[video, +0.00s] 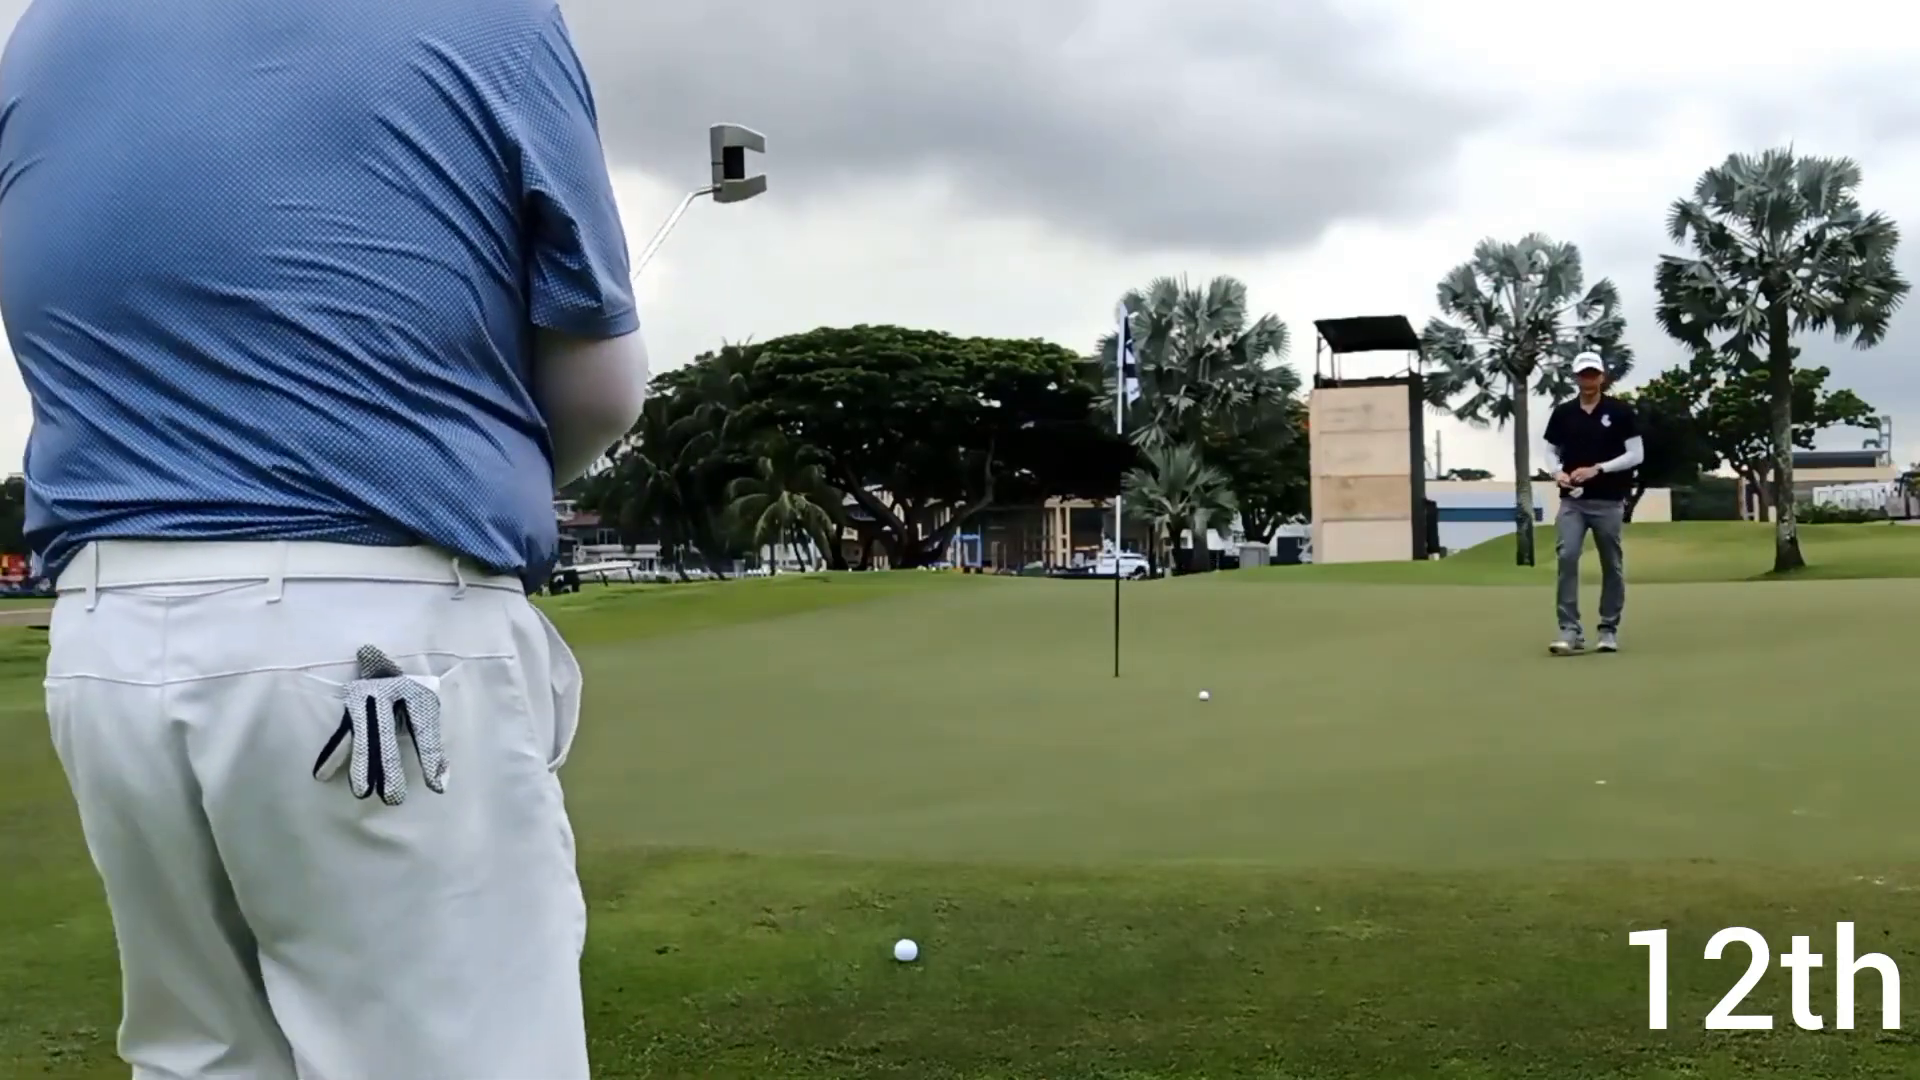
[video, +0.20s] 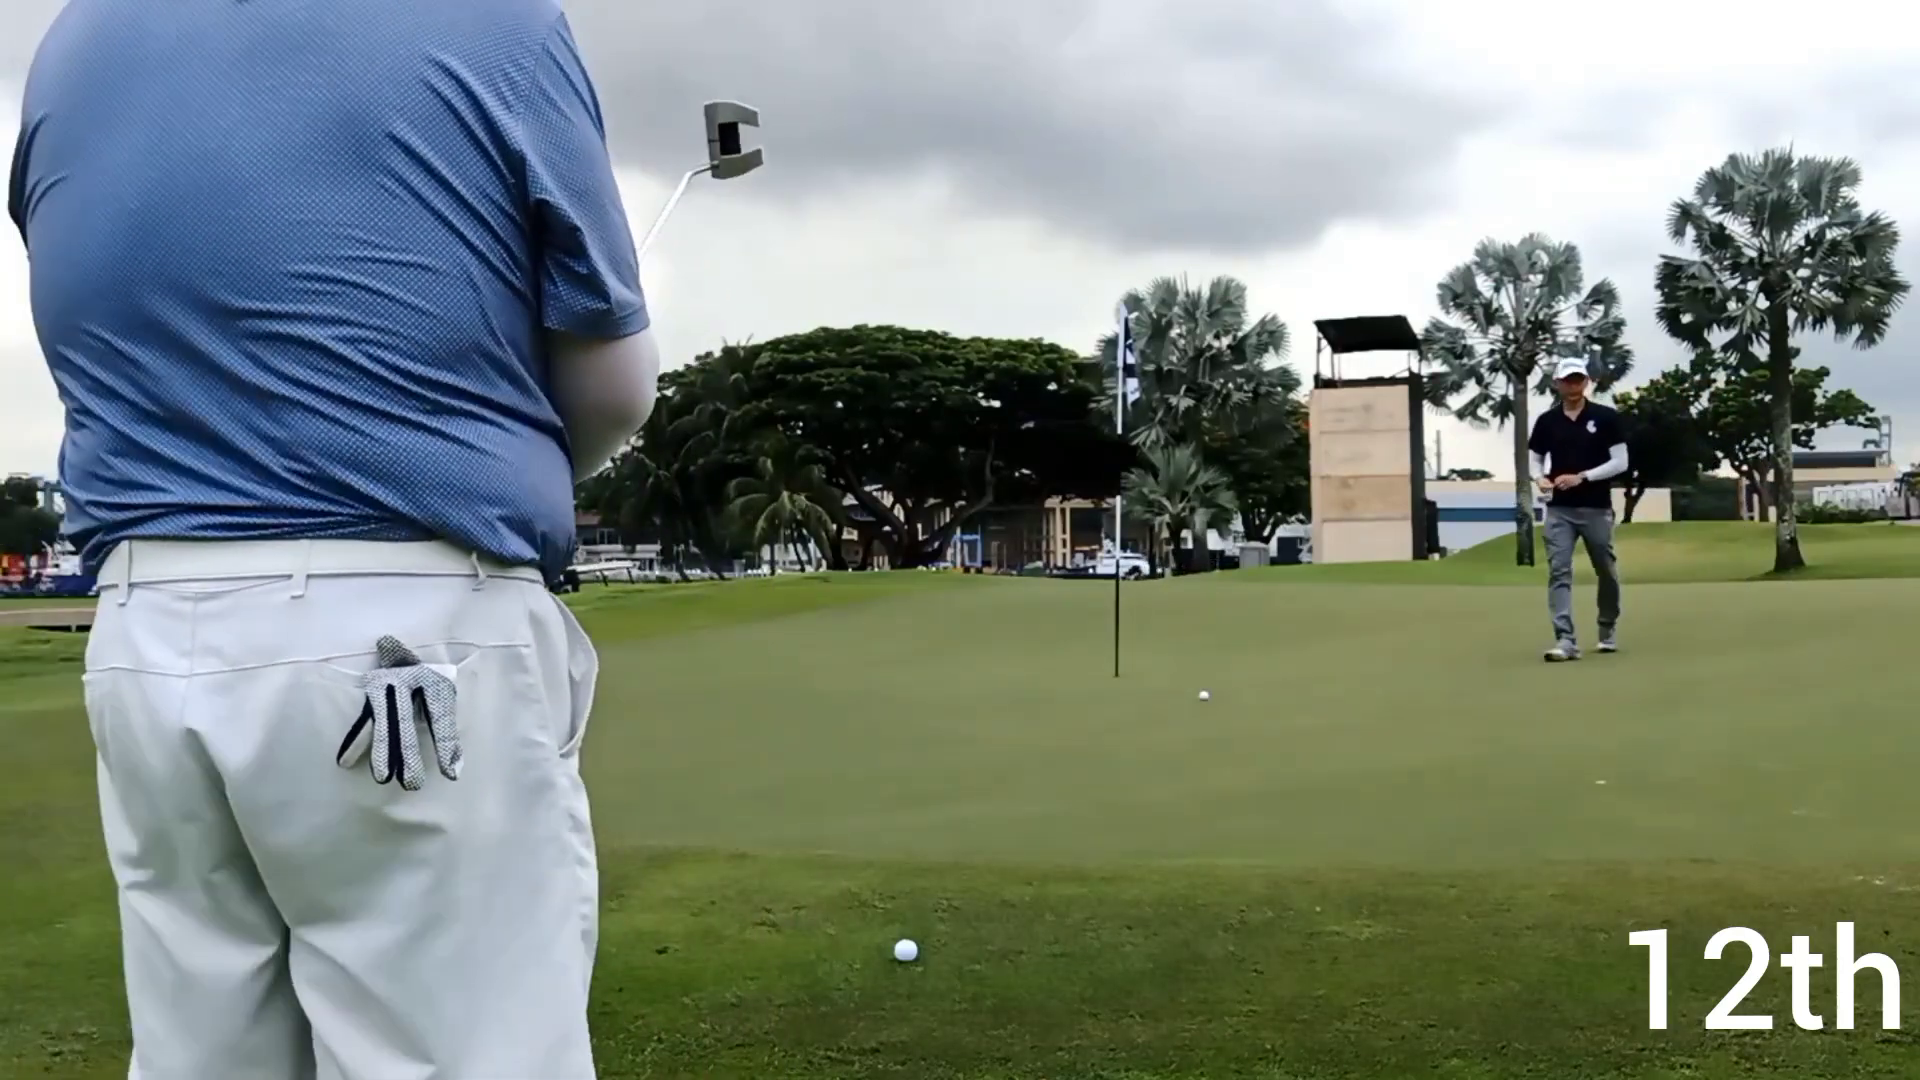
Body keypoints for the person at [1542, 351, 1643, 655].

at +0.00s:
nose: (1588, 380)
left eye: (1594, 374)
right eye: (1583, 374)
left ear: (1603, 377)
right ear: (1576, 378)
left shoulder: (1620, 412)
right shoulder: (1563, 413)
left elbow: (1636, 455)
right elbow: (1550, 453)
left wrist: (1597, 468)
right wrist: (1559, 472)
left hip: (1609, 504)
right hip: (1572, 502)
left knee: (1612, 566)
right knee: (1566, 556)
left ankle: (1608, 629)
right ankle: (1569, 630)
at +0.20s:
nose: (1574, 386)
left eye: (1579, 380)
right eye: (1568, 380)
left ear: (1587, 382)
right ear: (1557, 384)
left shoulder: (1605, 418)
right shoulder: (1546, 422)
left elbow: (1621, 462)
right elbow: (1535, 461)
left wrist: (1582, 476)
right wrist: (1540, 478)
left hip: (1596, 511)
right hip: (1558, 511)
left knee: (1606, 570)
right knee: (1559, 572)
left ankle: (1607, 626)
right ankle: (1565, 640)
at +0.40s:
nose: (1557, 378)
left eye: (1561, 372)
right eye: (1551, 374)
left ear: (1571, 374)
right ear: (1543, 378)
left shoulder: (1592, 408)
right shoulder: (1531, 413)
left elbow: (1607, 454)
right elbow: (1517, 451)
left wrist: (1573, 469)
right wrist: (1523, 472)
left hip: (1582, 502)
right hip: (1543, 504)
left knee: (1583, 562)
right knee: (1550, 573)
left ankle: (1593, 624)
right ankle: (1563, 639)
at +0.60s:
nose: (1537, 382)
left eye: (1543, 376)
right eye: (1533, 377)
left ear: (1559, 375)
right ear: (1529, 379)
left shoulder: (1583, 414)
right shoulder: (1520, 416)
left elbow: (1600, 456)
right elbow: (1506, 456)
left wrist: (1585, 476)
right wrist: (1509, 482)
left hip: (1567, 507)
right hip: (1532, 508)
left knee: (1568, 569)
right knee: (1545, 576)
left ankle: (1565, 635)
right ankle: (1563, 636)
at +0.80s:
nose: (1524, 385)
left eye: (1530, 379)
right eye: (1522, 379)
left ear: (1548, 378)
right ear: (1521, 381)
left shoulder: (1573, 417)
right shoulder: (1513, 419)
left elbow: (1595, 461)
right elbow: (1501, 466)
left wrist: (1582, 484)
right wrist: (1494, 503)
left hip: (1557, 508)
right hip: (1521, 511)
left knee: (1553, 571)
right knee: (1522, 578)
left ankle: (1553, 645)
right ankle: (1551, 622)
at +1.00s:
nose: (1508, 376)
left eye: (1514, 369)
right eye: (1505, 370)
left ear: (1532, 367)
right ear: (1504, 371)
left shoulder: (1556, 402)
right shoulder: (1501, 407)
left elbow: (1580, 450)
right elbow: (1492, 455)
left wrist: (1551, 466)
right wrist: (1482, 500)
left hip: (1544, 507)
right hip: (1504, 505)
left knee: (1551, 577)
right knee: (1495, 565)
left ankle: (1552, 647)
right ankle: (1516, 640)